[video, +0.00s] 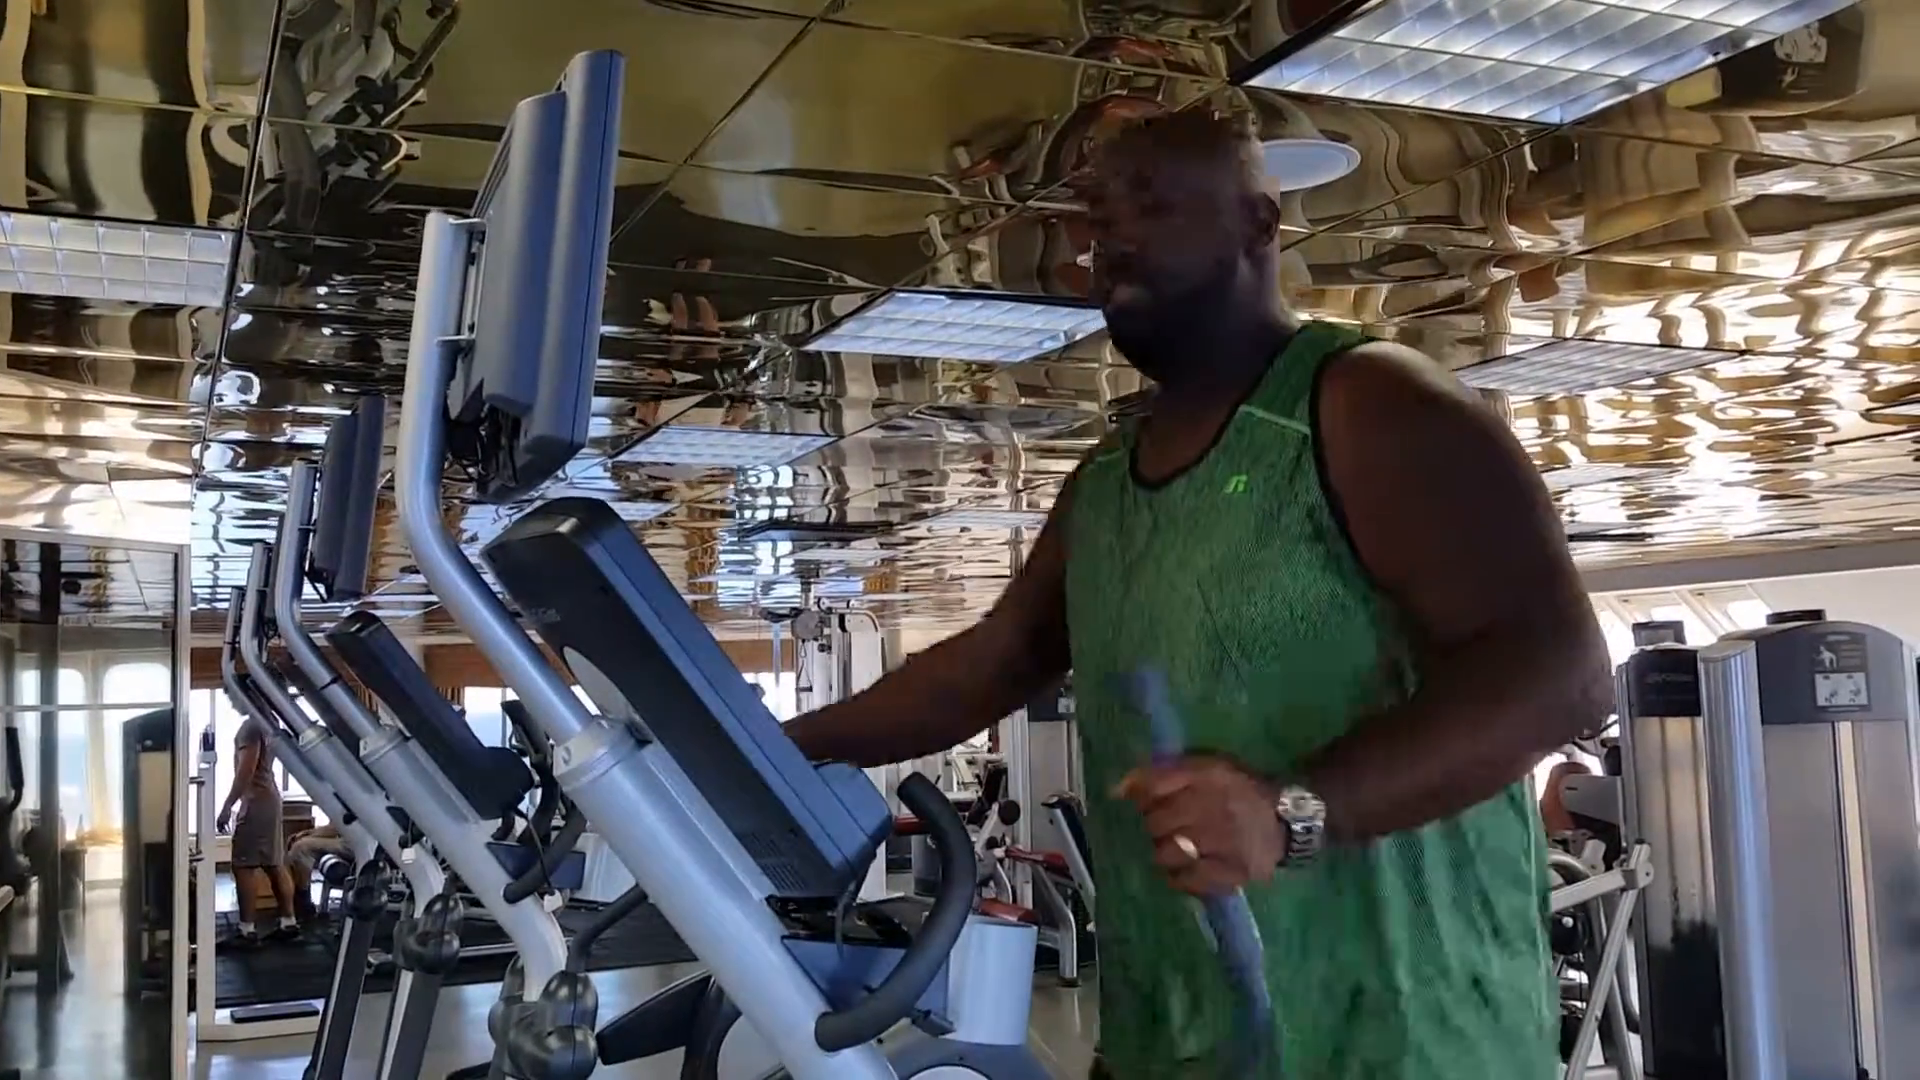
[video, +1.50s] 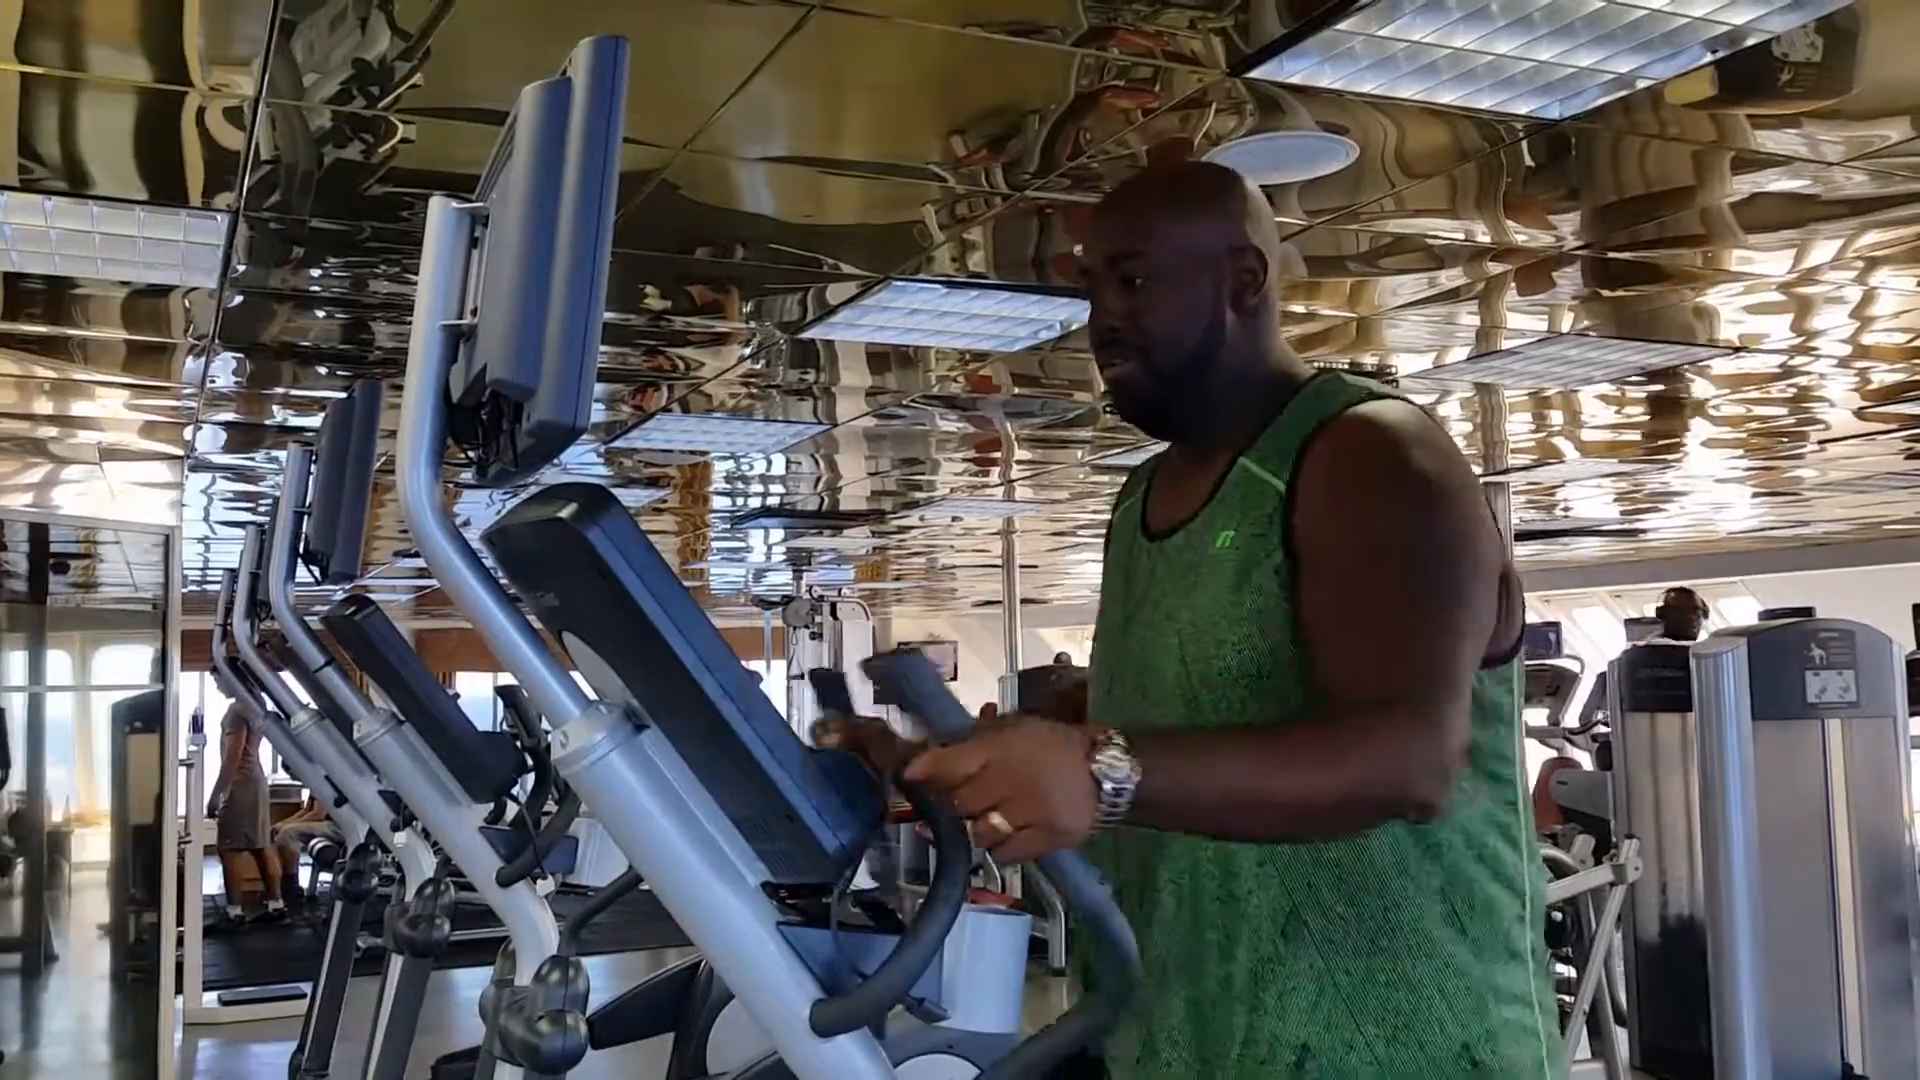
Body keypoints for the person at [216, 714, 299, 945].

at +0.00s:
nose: (228, 699)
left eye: (231, 691)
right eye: (227, 692)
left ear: (245, 694)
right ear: (253, 694)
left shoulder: (251, 726)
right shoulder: (266, 724)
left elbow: (245, 773)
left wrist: (226, 808)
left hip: (255, 801)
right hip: (271, 800)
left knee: (243, 865)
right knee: (274, 864)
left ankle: (247, 927)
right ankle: (289, 922)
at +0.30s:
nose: (226, 691)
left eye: (228, 682)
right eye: (225, 684)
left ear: (243, 684)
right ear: (249, 686)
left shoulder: (249, 716)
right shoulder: (264, 715)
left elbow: (244, 764)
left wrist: (227, 800)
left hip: (253, 794)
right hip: (269, 792)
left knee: (241, 857)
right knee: (273, 856)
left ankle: (245, 919)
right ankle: (287, 914)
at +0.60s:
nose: (226, 677)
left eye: (230, 670)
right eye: (225, 670)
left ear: (243, 675)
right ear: (252, 677)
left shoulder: (248, 710)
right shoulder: (264, 707)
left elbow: (242, 756)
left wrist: (224, 792)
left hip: (251, 785)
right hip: (268, 783)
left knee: (240, 849)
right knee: (271, 848)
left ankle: (243, 911)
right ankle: (285, 906)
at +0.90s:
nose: (227, 674)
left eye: (230, 671)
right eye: (227, 671)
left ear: (242, 675)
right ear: (254, 676)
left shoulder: (247, 711)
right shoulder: (263, 707)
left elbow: (241, 756)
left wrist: (222, 792)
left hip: (251, 783)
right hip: (266, 781)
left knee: (237, 846)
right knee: (268, 846)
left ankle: (239, 909)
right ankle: (282, 904)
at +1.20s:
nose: (223, 679)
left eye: (227, 673)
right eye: (223, 673)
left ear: (239, 677)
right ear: (251, 678)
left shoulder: (245, 711)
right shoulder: (261, 706)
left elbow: (241, 758)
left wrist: (224, 794)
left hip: (248, 784)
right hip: (264, 782)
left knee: (237, 848)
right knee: (268, 846)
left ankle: (239, 909)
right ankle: (281, 905)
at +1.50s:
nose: (215, 683)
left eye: (217, 674)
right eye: (214, 676)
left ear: (231, 675)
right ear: (240, 677)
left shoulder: (237, 710)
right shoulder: (255, 705)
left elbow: (232, 759)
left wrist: (216, 794)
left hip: (240, 785)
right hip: (258, 783)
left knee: (228, 849)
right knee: (261, 846)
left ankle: (234, 910)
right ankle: (276, 904)